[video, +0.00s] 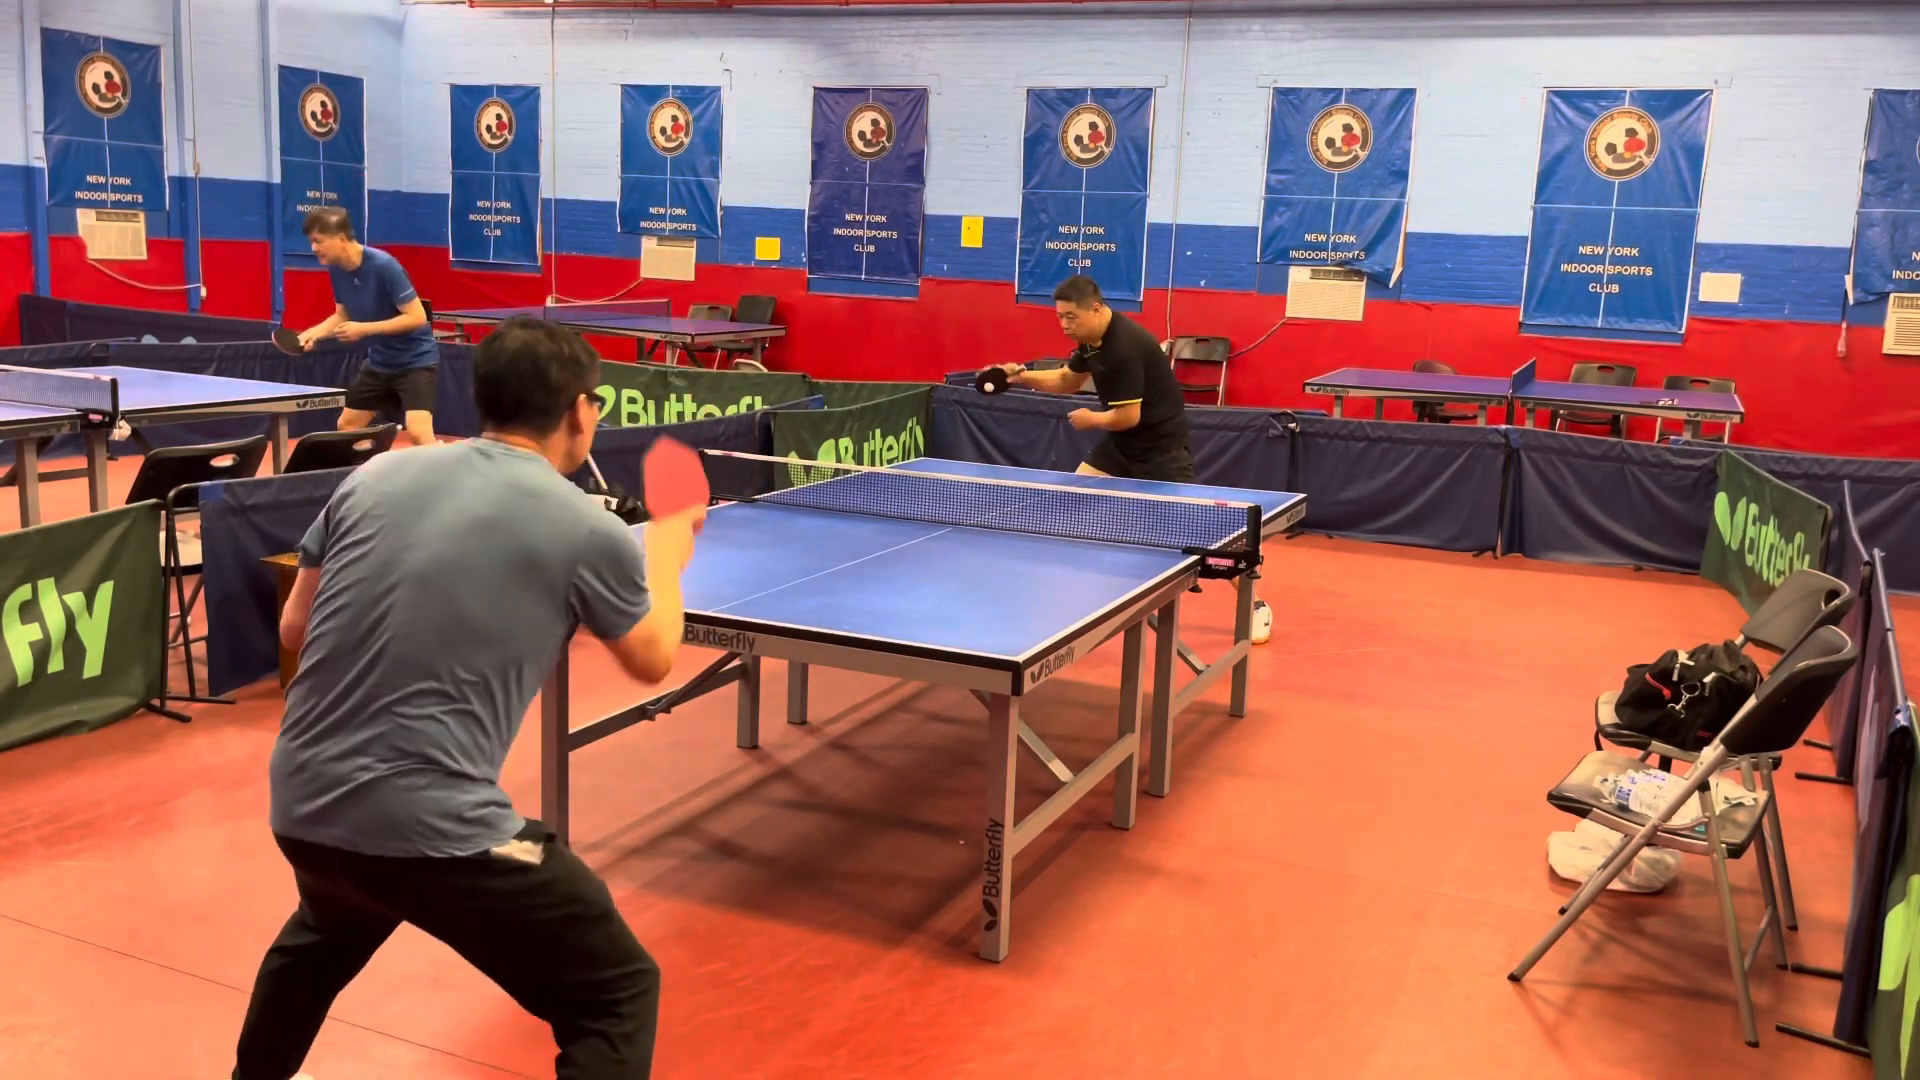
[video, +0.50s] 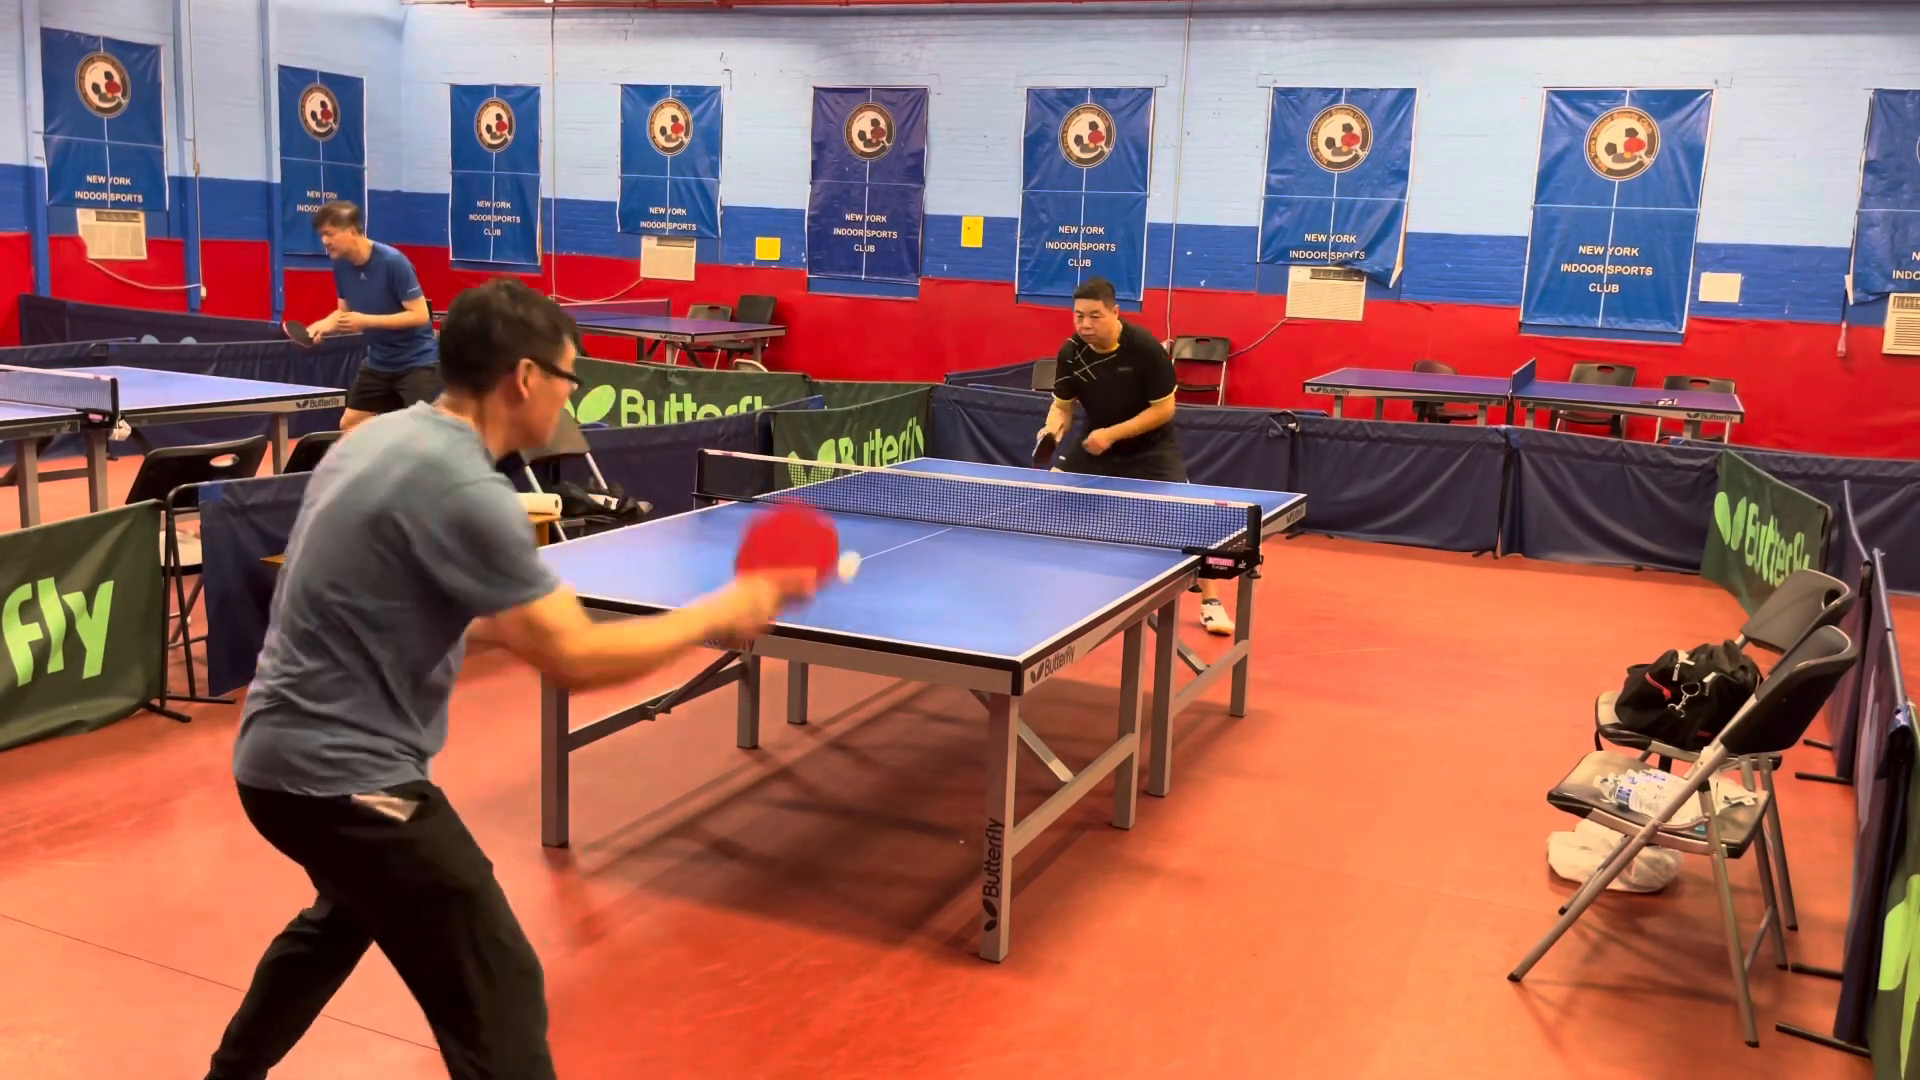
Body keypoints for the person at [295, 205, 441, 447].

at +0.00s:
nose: (314, 249)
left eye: (318, 241)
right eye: (312, 243)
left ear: (341, 239)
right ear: (338, 241)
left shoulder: (384, 266)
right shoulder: (337, 270)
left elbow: (418, 318)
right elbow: (343, 315)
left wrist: (363, 329)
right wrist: (314, 334)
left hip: (416, 359)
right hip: (378, 360)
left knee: (418, 431)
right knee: (347, 425)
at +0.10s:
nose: (317, 248)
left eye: (321, 241)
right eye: (315, 242)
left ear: (344, 238)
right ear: (341, 240)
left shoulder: (387, 265)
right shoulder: (339, 269)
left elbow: (419, 318)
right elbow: (347, 315)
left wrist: (363, 327)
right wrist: (318, 332)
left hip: (417, 360)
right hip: (379, 360)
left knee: (418, 430)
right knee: (349, 425)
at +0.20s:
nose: (319, 246)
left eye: (324, 239)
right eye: (318, 240)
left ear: (348, 236)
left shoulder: (390, 264)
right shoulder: (340, 268)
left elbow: (419, 317)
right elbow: (346, 312)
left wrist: (364, 325)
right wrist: (321, 330)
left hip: (417, 358)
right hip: (380, 359)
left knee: (419, 431)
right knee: (351, 425)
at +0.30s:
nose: (321, 244)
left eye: (326, 237)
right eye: (320, 238)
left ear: (350, 235)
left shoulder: (391, 264)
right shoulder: (340, 267)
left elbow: (420, 317)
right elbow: (347, 312)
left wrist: (364, 324)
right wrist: (321, 330)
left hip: (418, 359)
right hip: (379, 359)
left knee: (419, 430)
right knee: (350, 425)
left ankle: (443, 490)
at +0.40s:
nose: (323, 243)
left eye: (328, 236)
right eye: (321, 237)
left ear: (351, 234)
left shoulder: (393, 263)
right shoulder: (341, 267)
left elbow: (420, 316)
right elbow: (346, 311)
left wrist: (364, 322)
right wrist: (323, 328)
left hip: (418, 359)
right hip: (379, 359)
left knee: (419, 430)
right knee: (350, 425)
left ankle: (445, 491)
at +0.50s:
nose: (324, 242)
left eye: (329, 234)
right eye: (322, 236)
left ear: (352, 231)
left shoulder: (394, 262)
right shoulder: (341, 265)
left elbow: (421, 316)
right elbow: (345, 311)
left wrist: (364, 321)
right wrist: (324, 325)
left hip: (417, 362)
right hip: (377, 362)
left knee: (424, 429)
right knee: (350, 425)